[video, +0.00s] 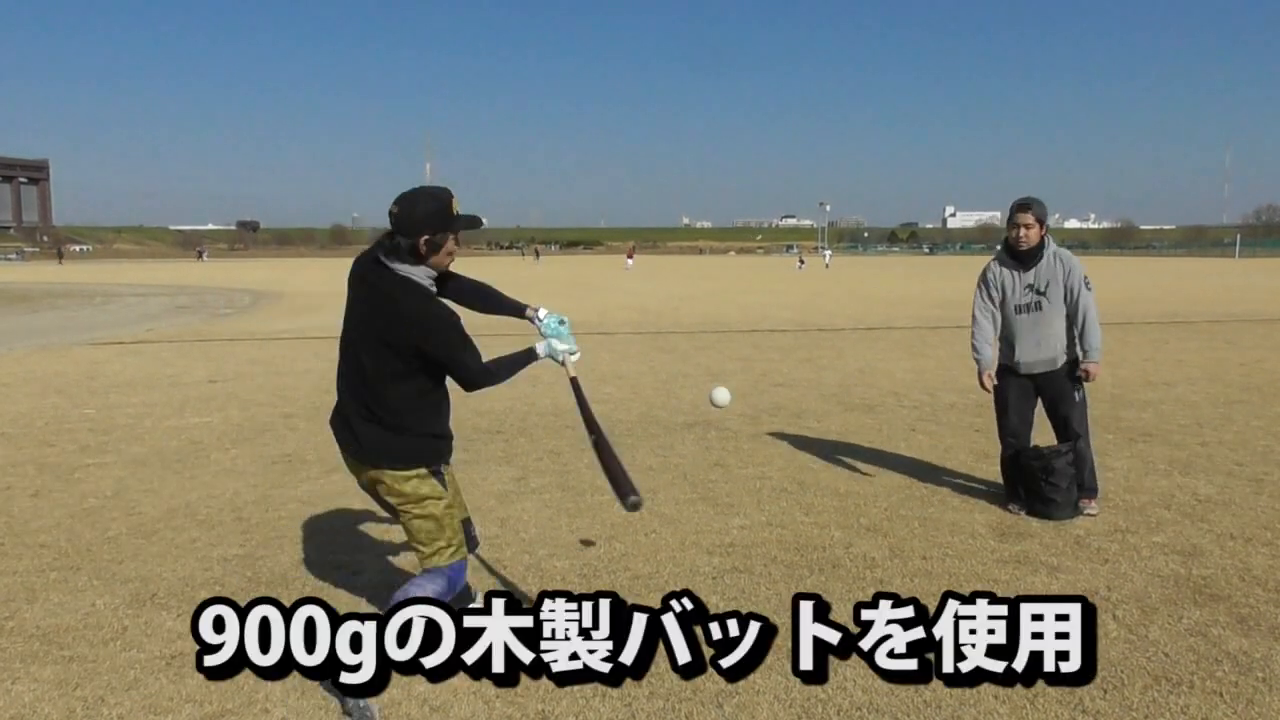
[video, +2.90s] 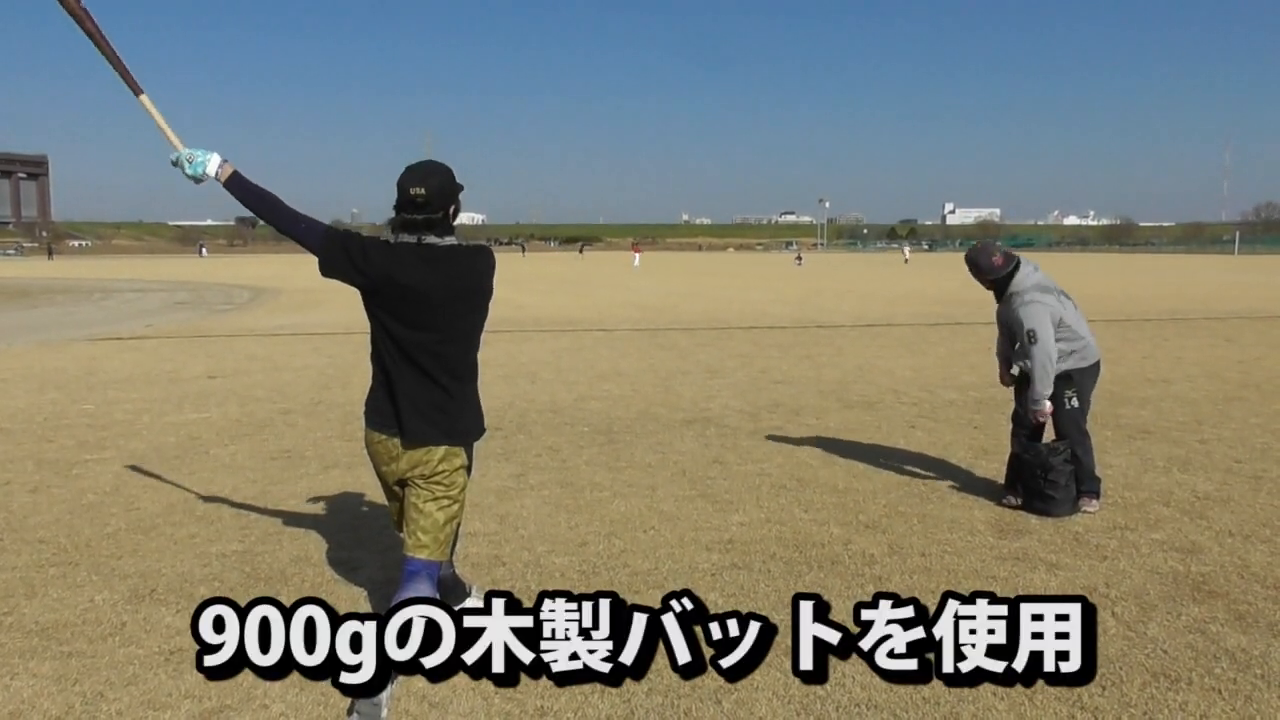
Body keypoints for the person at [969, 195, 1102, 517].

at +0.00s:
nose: (1020, 233)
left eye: (1027, 226)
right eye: (1014, 226)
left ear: (1043, 229)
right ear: (1007, 229)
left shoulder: (1066, 264)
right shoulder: (995, 271)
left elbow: (1084, 310)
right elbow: (984, 319)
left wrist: (1091, 356)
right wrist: (985, 362)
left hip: (1059, 366)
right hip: (1013, 369)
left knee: (1074, 434)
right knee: (1013, 436)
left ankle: (1086, 493)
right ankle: (1016, 496)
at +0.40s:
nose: (1060, 239)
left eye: (1069, 235)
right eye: (1057, 231)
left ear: (1086, 239)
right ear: (1050, 229)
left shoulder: (1095, 277)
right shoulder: (1025, 262)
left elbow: (1090, 327)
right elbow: (1000, 305)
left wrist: (1056, 360)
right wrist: (995, 347)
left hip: (1064, 367)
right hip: (1018, 365)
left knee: (1076, 434)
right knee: (1015, 436)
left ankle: (1087, 495)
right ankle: (1016, 494)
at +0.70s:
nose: (1067, 280)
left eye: (1074, 276)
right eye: (1063, 274)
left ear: (1087, 270)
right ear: (1053, 262)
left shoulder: (1096, 295)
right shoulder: (1026, 279)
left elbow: (1093, 345)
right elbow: (1006, 321)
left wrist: (1073, 386)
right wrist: (1008, 364)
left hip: (1066, 373)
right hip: (1022, 369)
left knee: (1079, 436)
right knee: (1014, 435)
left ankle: (1088, 496)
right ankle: (1016, 495)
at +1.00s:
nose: (1044, 320)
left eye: (1052, 316)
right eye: (1039, 313)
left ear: (1067, 310)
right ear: (1033, 301)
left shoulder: (1082, 321)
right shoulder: (1013, 305)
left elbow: (1085, 372)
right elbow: (998, 345)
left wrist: (1067, 419)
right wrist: (1002, 385)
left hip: (1062, 379)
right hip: (1021, 377)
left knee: (1076, 433)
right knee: (1014, 434)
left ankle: (1087, 495)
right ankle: (1015, 494)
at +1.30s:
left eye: (1023, 315)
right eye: (1015, 317)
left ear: (1025, 311)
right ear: (1002, 316)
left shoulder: (1052, 328)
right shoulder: (1000, 315)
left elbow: (1056, 383)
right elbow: (996, 344)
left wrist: (1034, 430)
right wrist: (996, 380)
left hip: (1072, 368)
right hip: (1030, 367)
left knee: (1069, 429)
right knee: (1018, 426)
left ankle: (1086, 493)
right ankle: (1015, 488)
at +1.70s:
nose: (976, 321)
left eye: (975, 318)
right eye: (974, 317)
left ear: (981, 317)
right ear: (992, 294)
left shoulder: (1024, 341)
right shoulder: (1007, 298)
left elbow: (1033, 396)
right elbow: (1007, 346)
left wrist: (1028, 438)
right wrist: (1012, 378)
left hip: (1082, 368)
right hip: (1049, 368)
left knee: (1073, 432)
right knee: (1029, 432)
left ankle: (1089, 493)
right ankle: (1018, 490)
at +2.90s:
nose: (979, 282)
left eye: (978, 277)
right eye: (978, 277)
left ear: (988, 280)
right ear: (1004, 262)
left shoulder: (1028, 302)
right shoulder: (1011, 288)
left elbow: (1043, 355)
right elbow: (1007, 330)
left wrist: (1040, 398)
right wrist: (1005, 362)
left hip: (1073, 364)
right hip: (1038, 362)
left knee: (1068, 425)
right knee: (1025, 423)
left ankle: (1088, 491)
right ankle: (1017, 487)